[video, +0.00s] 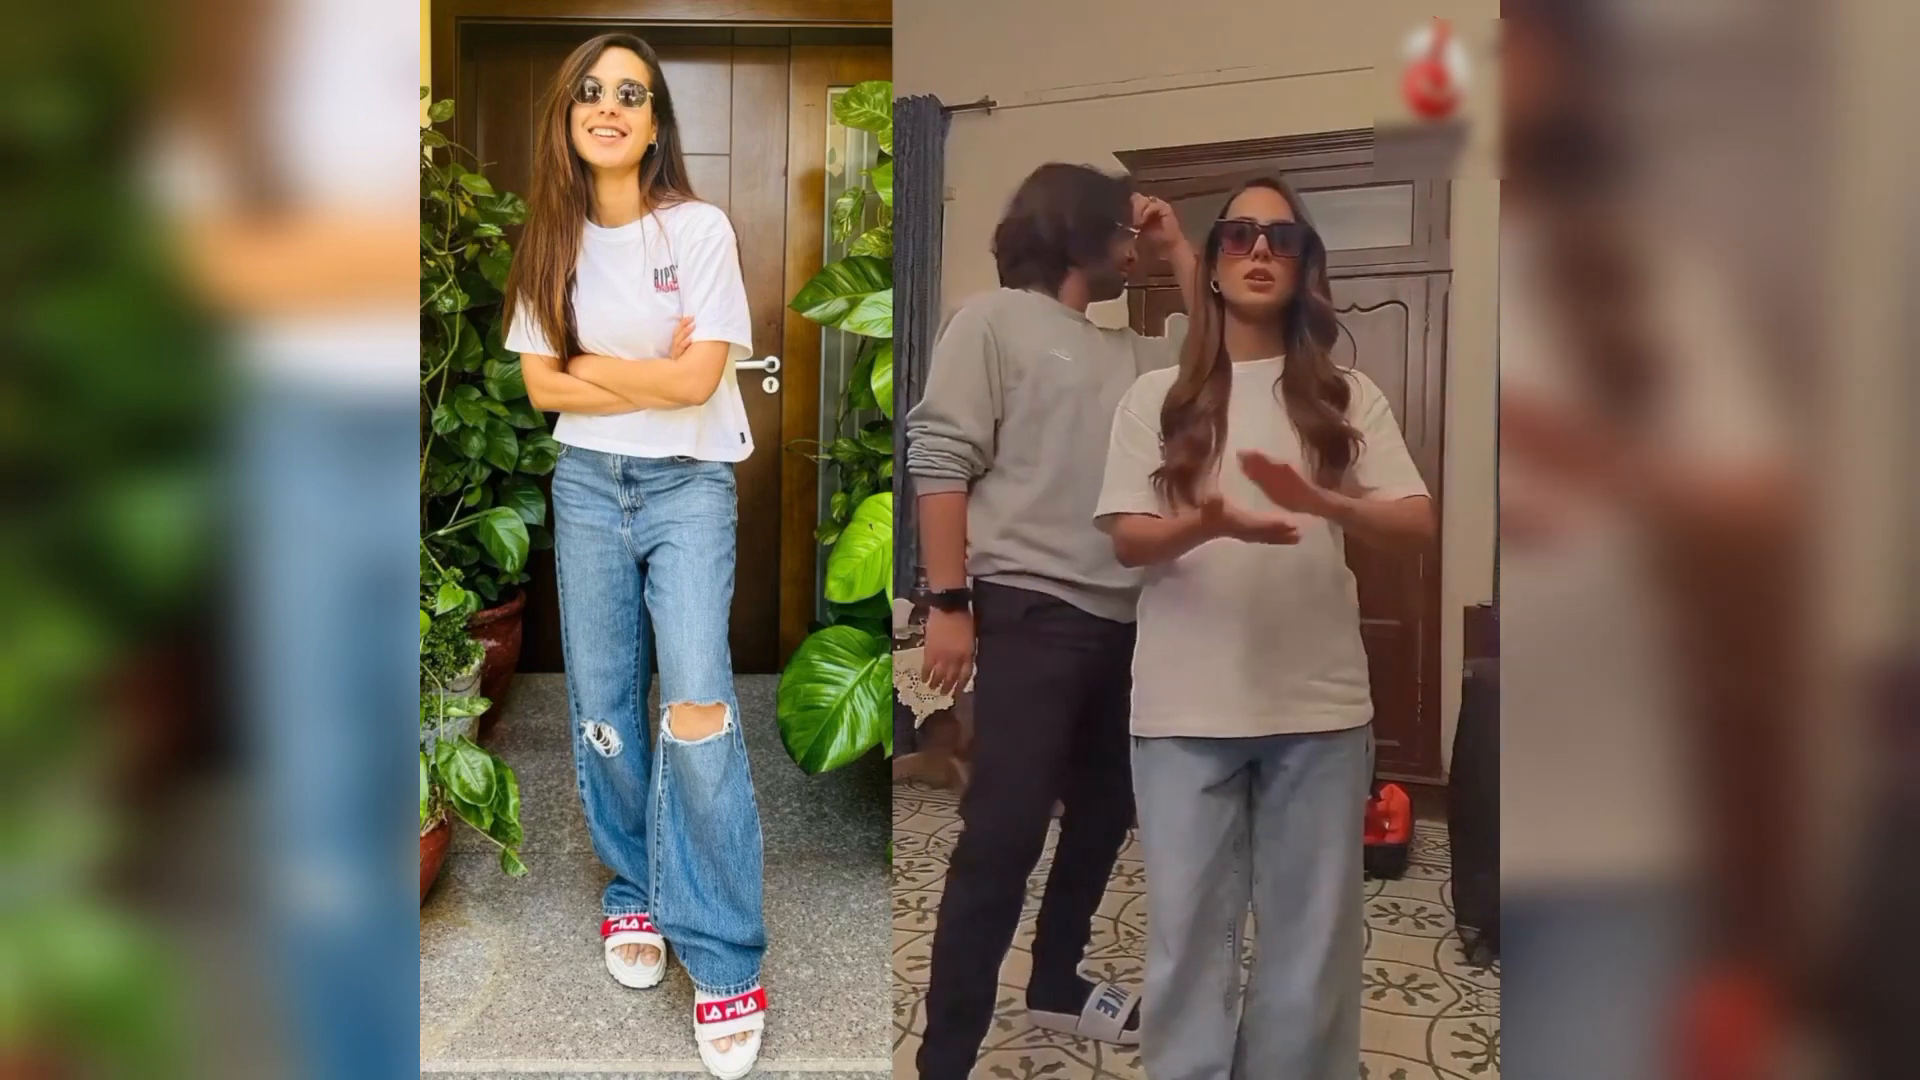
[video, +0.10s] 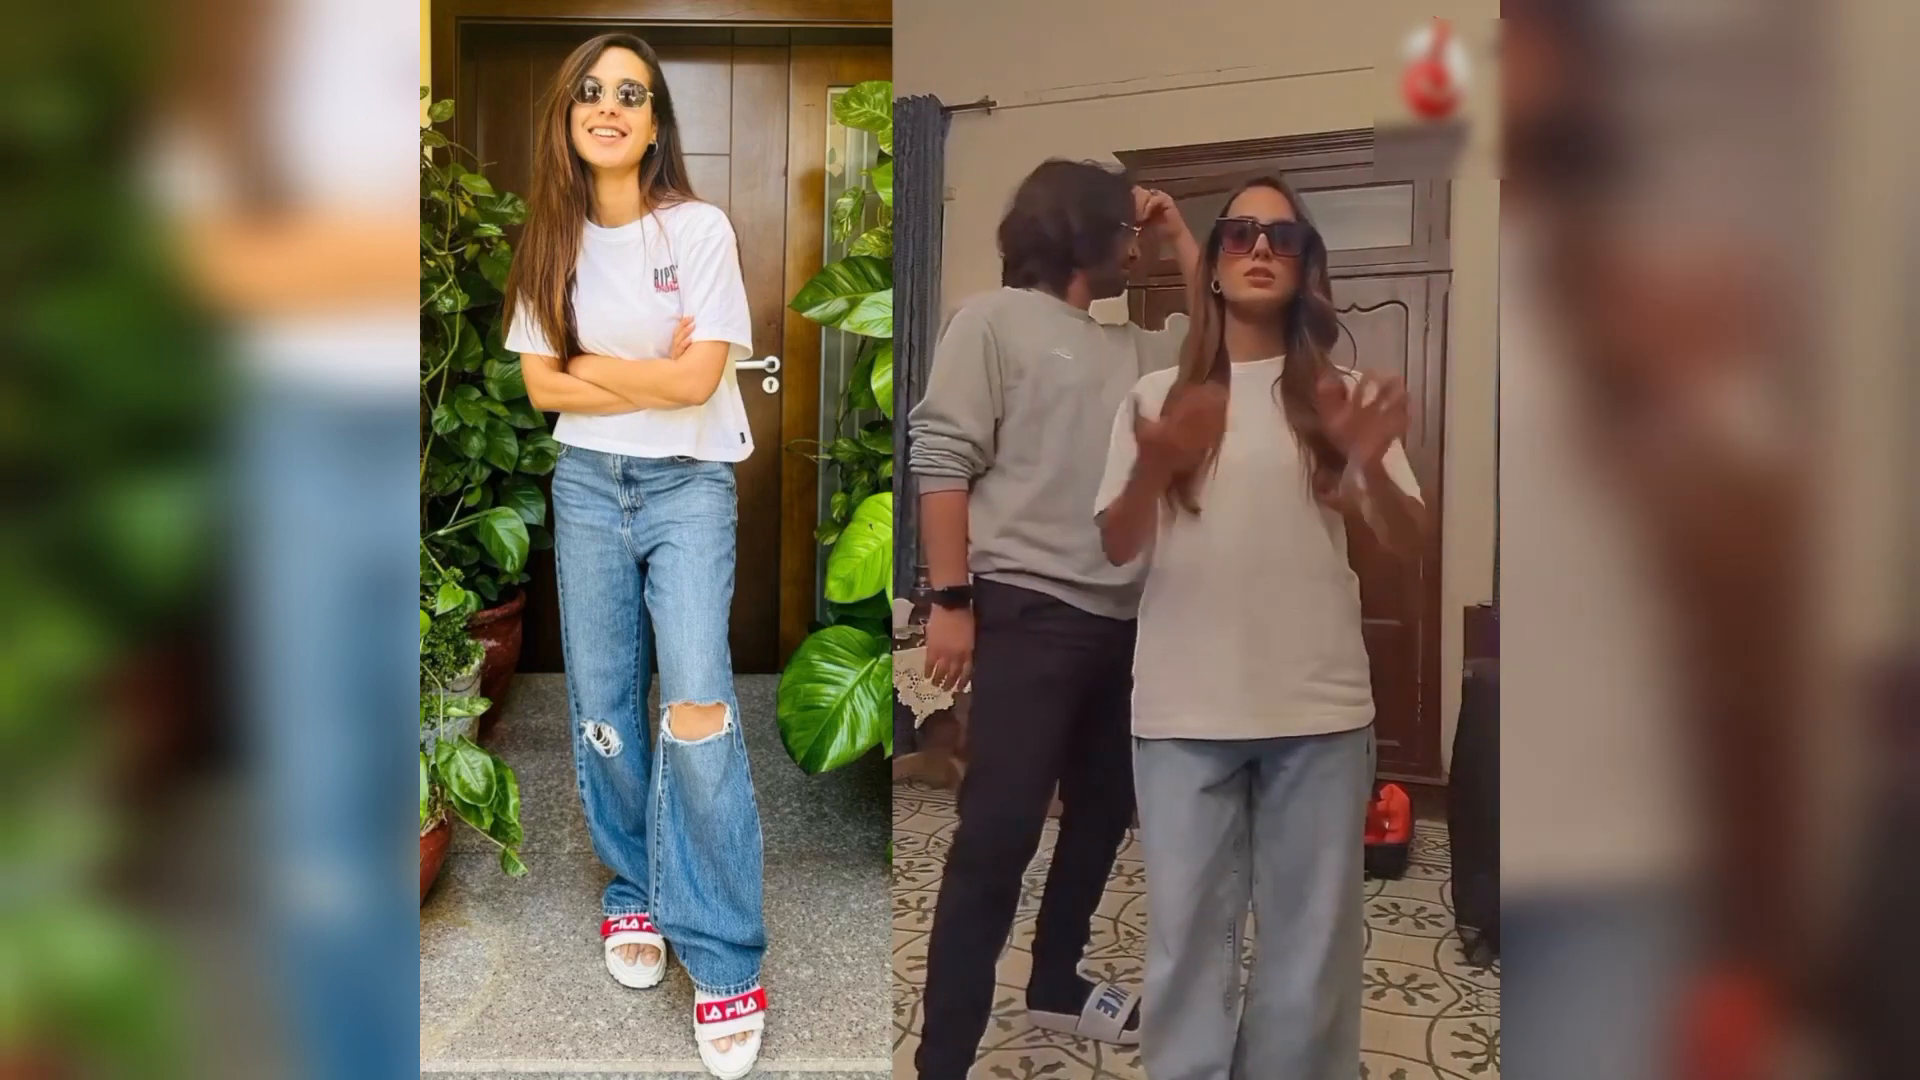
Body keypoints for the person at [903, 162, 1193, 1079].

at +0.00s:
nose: (1129, 243)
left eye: (1130, 228)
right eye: (1120, 228)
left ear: (1057, 236)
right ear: (1081, 235)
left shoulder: (1125, 345)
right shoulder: (993, 321)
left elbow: (1212, 369)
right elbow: (941, 461)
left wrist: (1182, 263)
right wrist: (947, 602)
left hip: (1123, 621)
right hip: (1026, 614)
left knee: (1101, 814)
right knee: (1001, 836)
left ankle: (1055, 992)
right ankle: (946, 1058)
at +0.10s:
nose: (1132, 241)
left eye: (1132, 226)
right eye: (1123, 227)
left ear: (1056, 235)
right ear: (1083, 235)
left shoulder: (1129, 340)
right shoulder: (993, 321)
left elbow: (1213, 359)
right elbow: (943, 461)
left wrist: (1185, 252)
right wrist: (949, 598)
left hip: (1124, 620)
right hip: (1024, 612)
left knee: (1100, 812)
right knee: (996, 836)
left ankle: (1056, 992)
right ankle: (944, 1058)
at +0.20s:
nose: (1135, 237)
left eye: (1135, 222)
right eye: (1123, 222)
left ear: (1073, 236)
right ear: (1078, 230)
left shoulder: (1132, 339)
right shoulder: (990, 324)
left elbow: (1214, 363)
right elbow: (944, 461)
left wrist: (1188, 250)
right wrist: (951, 598)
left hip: (1125, 619)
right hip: (1023, 611)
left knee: (1104, 812)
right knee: (994, 839)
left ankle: (1056, 991)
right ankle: (942, 1061)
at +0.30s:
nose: (1125, 241)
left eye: (1133, 229)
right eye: (1109, 223)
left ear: (1133, 251)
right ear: (1057, 233)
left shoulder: (1140, 341)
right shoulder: (992, 324)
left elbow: (1217, 367)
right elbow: (942, 461)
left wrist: (1189, 243)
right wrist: (952, 601)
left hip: (1127, 620)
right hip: (1023, 612)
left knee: (1111, 812)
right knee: (999, 834)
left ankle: (1057, 993)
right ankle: (944, 1059)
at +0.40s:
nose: (1114, 237)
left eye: (1129, 231)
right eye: (1099, 219)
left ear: (1135, 259)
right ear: (1054, 230)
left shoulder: (1147, 345)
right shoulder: (994, 322)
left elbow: (1229, 329)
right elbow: (939, 455)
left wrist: (1184, 229)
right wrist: (952, 598)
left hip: (1128, 617)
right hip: (1024, 606)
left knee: (1110, 813)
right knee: (1004, 829)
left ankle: (1056, 991)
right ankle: (944, 1060)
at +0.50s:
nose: (1113, 236)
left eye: (1128, 231)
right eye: (1098, 218)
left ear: (1135, 262)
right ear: (1054, 232)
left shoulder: (1146, 346)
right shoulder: (995, 325)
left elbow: (1224, 324)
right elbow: (937, 456)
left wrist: (1189, 220)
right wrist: (950, 596)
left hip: (1128, 621)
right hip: (1025, 610)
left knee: (1110, 816)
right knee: (1005, 830)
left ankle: (1057, 992)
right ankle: (945, 1058)